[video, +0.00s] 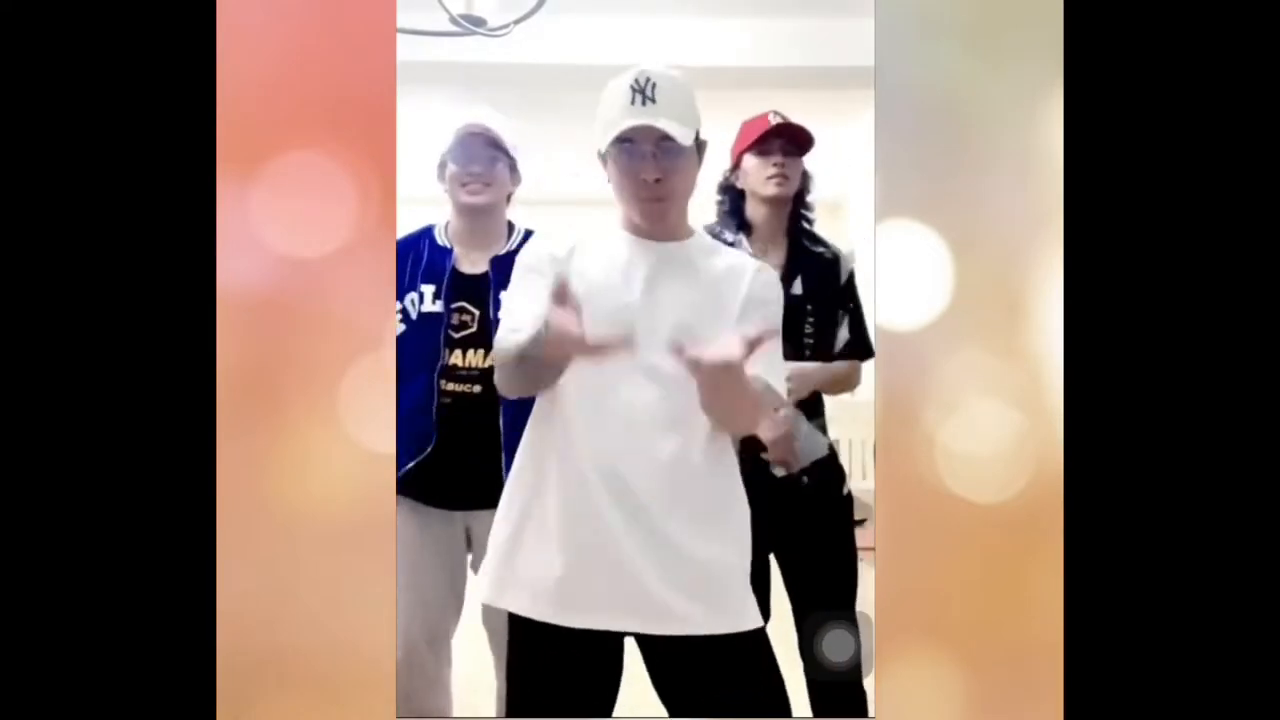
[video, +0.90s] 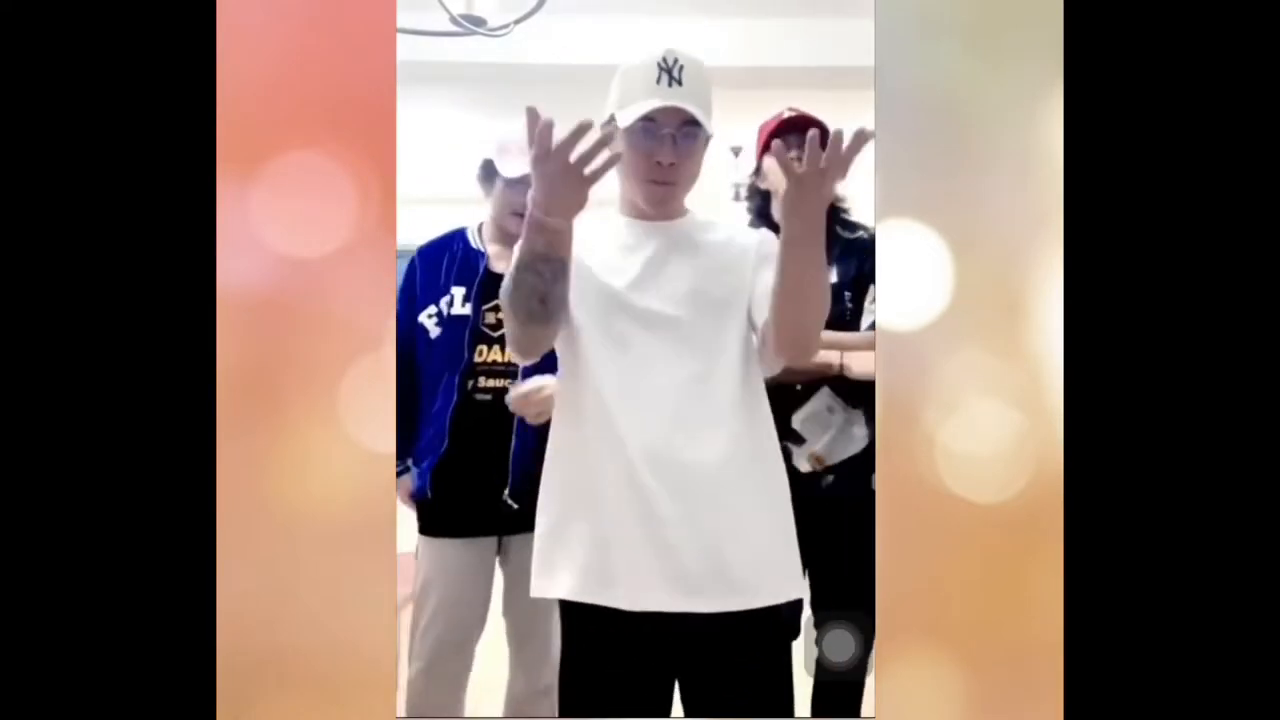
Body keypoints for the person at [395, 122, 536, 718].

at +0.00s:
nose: (475, 168)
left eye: (490, 159)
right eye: (462, 158)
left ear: (514, 178)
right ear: (442, 177)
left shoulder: (543, 261)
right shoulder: (402, 259)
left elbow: (567, 368)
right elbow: (363, 349)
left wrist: (559, 469)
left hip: (513, 484)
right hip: (420, 483)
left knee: (519, 652)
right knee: (417, 650)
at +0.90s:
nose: (524, 209)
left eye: (536, 198)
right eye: (515, 194)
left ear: (551, 203)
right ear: (486, 187)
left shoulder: (570, 273)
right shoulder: (432, 264)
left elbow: (613, 365)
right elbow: (395, 368)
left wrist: (570, 390)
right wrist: (397, 463)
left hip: (544, 496)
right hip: (455, 494)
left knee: (541, 661)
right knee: (439, 655)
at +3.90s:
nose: (479, 174)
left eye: (494, 159)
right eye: (463, 161)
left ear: (520, 171)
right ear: (442, 174)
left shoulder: (546, 248)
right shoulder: (407, 248)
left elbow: (575, 358)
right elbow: (355, 334)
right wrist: (381, 317)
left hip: (520, 502)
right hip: (424, 503)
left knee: (515, 667)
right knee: (429, 668)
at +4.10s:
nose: (476, 185)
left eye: (490, 170)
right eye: (458, 172)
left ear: (516, 184)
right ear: (435, 190)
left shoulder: (543, 263)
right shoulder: (402, 270)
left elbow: (572, 371)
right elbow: (370, 372)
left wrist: (564, 470)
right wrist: (394, 463)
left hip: (527, 497)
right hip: (437, 499)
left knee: (523, 656)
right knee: (439, 654)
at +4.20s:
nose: (473, 193)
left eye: (489, 181)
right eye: (457, 182)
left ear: (513, 200)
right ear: (434, 202)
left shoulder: (539, 278)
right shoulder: (398, 283)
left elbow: (571, 385)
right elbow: (367, 385)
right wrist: (388, 482)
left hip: (525, 509)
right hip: (435, 510)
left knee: (524, 663)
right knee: (435, 662)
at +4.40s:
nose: (471, 165)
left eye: (485, 151)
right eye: (455, 152)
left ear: (511, 163)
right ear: (435, 168)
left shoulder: (544, 250)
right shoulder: (400, 252)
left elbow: (575, 368)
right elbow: (367, 366)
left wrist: (568, 470)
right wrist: (379, 469)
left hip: (524, 496)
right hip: (429, 497)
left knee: (523, 670)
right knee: (430, 670)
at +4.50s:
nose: (462, 174)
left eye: (477, 161)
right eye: (448, 163)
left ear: (504, 178)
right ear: (429, 181)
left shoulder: (537, 265)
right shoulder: (398, 267)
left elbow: (570, 376)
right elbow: (370, 377)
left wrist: (568, 480)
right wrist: (380, 481)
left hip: (521, 502)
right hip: (428, 504)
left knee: (521, 675)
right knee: (428, 674)